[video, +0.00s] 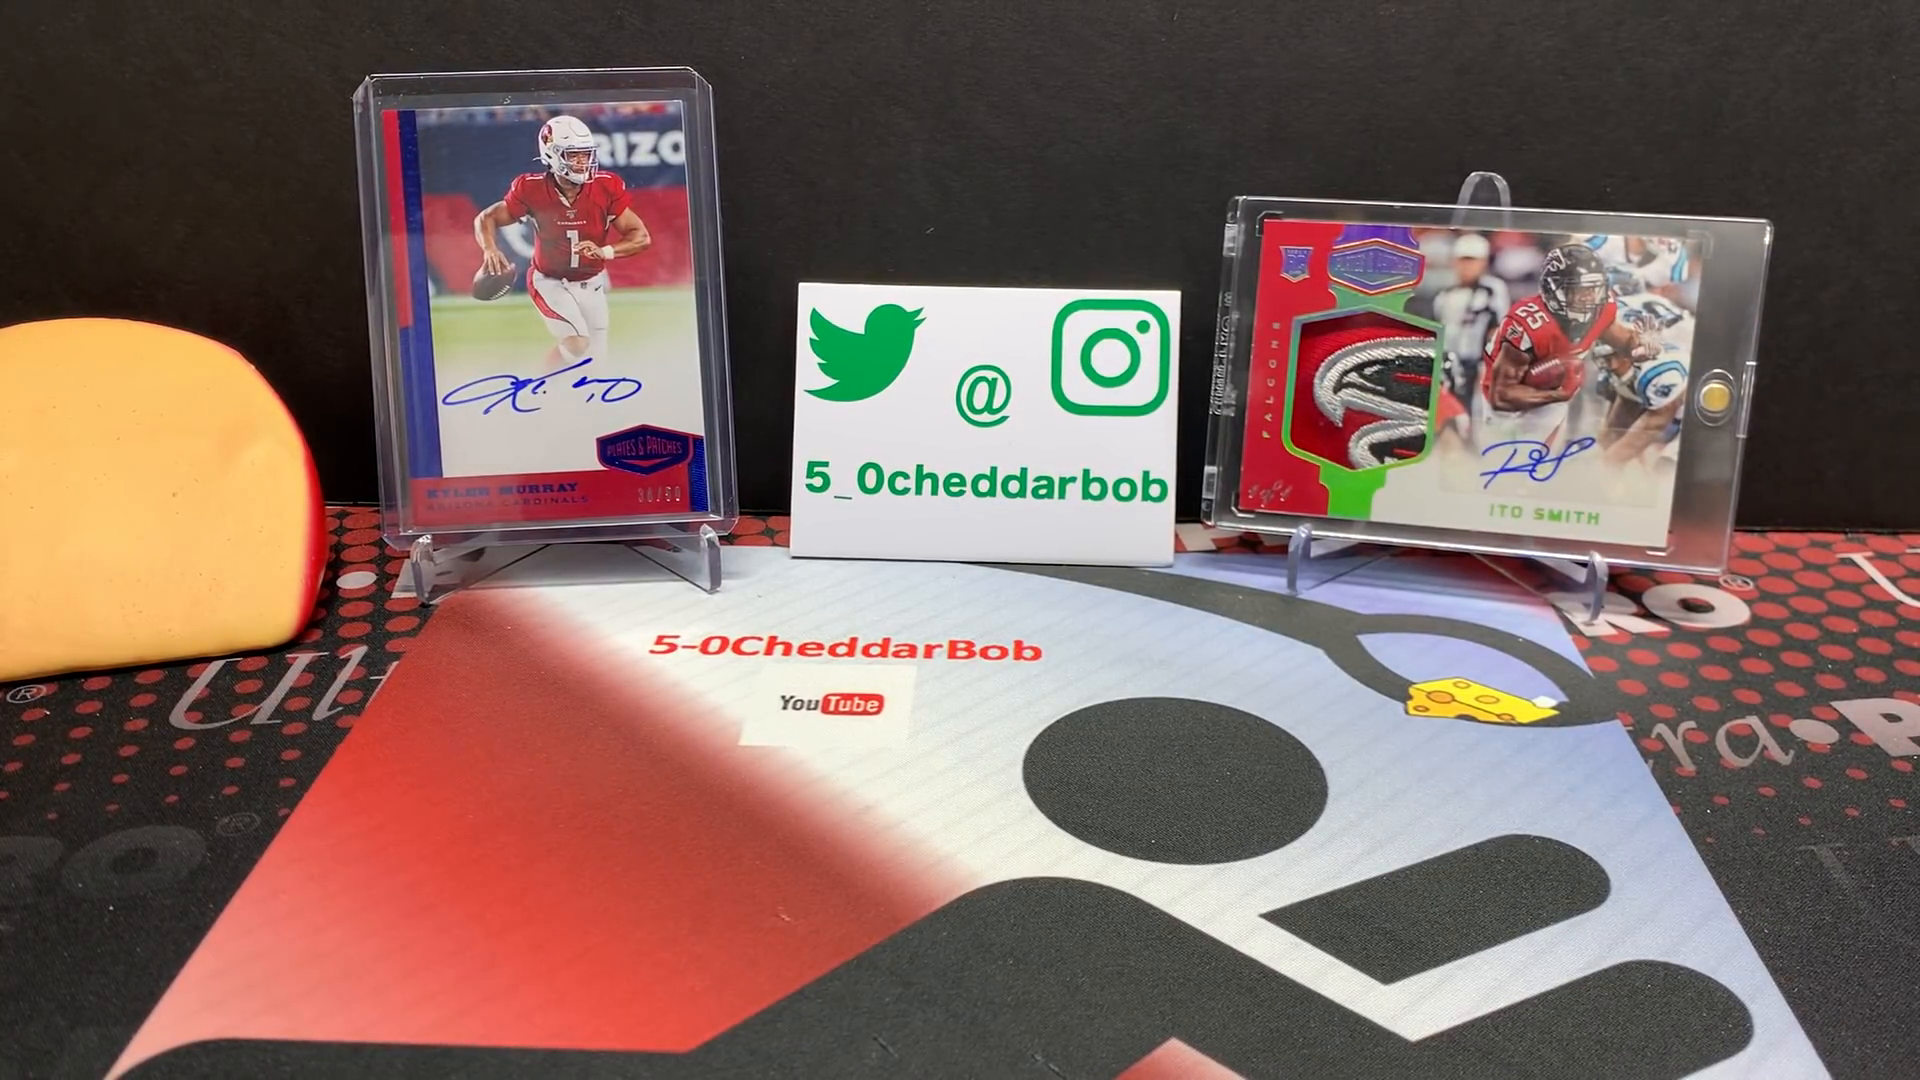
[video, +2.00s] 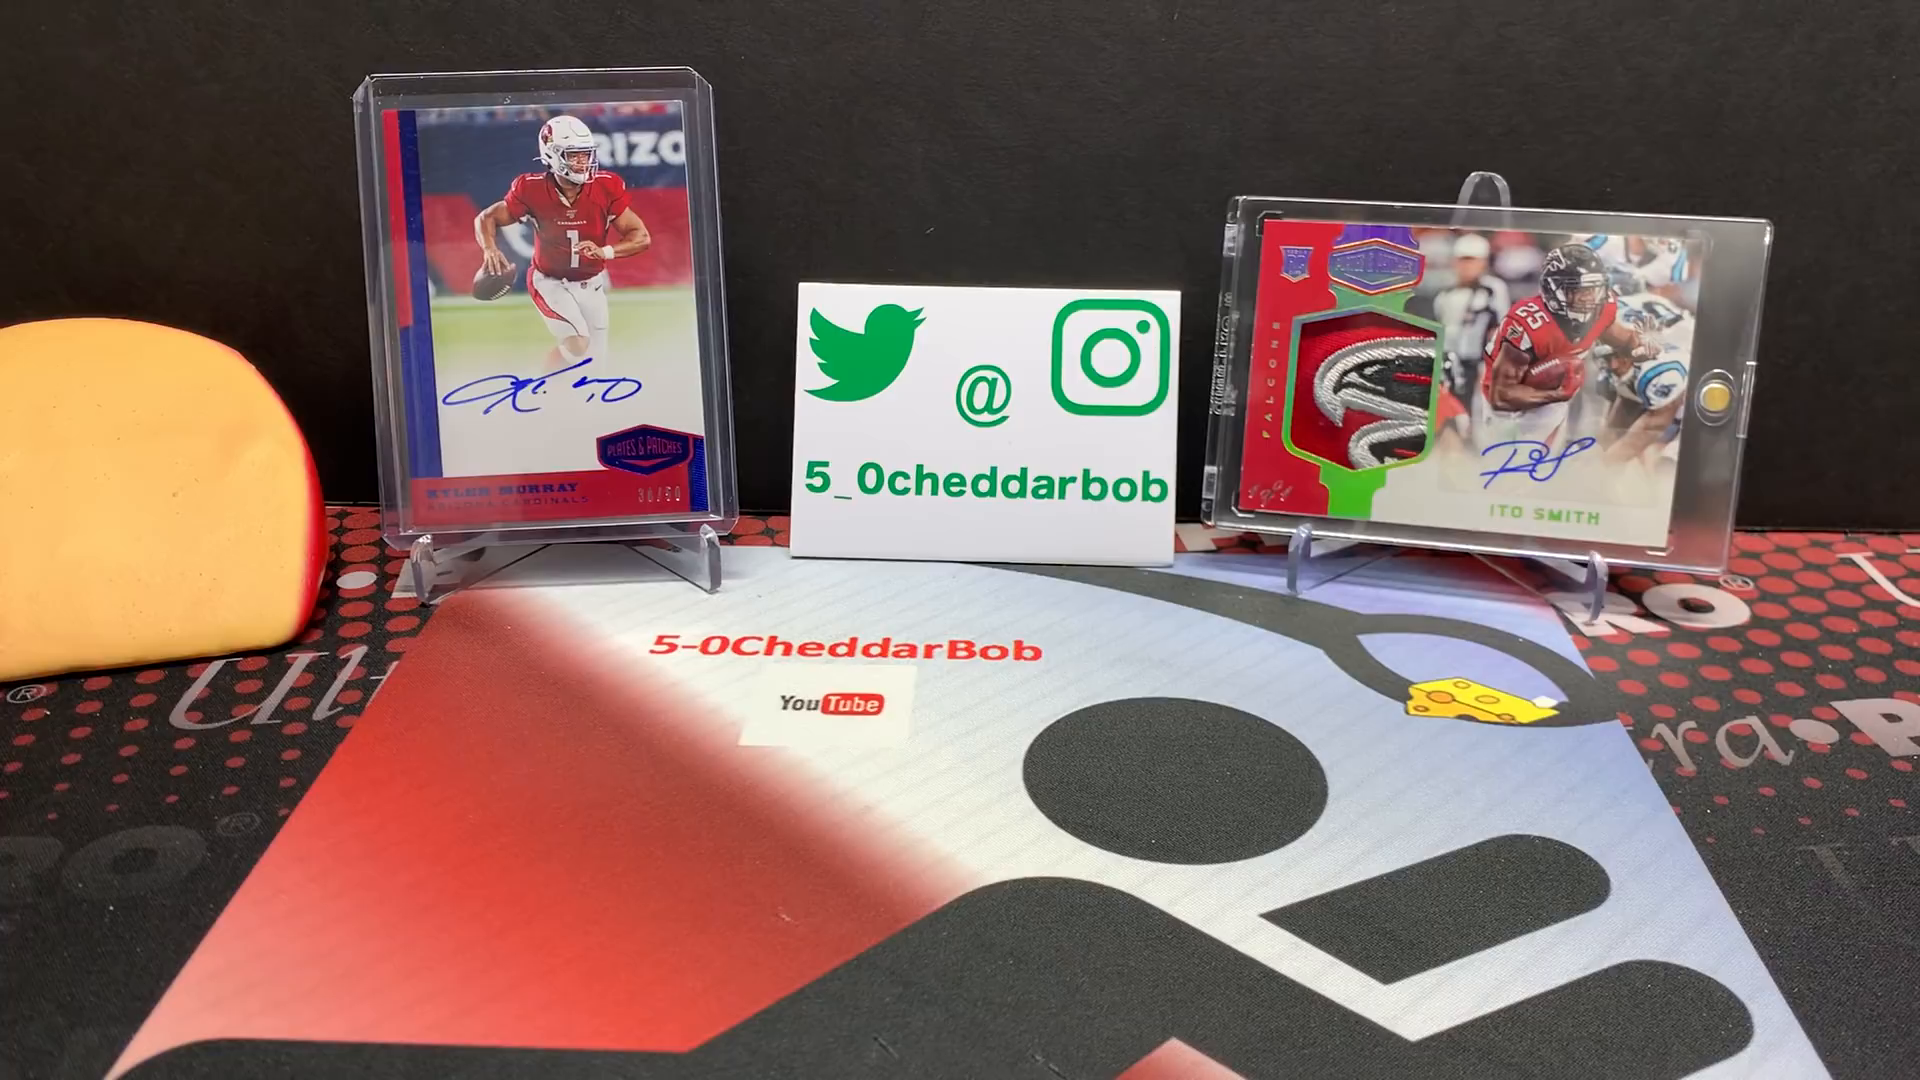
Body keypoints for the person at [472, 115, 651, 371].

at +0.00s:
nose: (580, 162)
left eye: (585, 155)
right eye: (573, 156)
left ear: (592, 154)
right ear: (552, 155)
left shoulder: (607, 187)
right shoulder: (530, 189)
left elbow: (641, 237)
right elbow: (484, 219)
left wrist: (605, 252)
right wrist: (490, 249)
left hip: (591, 282)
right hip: (549, 280)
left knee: (596, 362)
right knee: (576, 343)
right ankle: (534, 391)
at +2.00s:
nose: (581, 162)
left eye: (585, 155)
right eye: (573, 156)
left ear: (592, 154)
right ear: (552, 155)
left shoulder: (607, 187)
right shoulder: (529, 189)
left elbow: (641, 238)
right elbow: (484, 219)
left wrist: (606, 252)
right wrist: (490, 248)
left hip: (591, 283)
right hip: (548, 280)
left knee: (596, 363)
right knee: (577, 344)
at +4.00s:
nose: (580, 162)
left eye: (585, 155)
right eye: (572, 156)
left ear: (592, 154)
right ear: (552, 155)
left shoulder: (606, 187)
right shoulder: (530, 189)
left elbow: (642, 238)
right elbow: (484, 219)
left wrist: (606, 252)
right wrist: (490, 248)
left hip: (591, 283)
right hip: (549, 281)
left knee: (596, 362)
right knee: (577, 345)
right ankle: (534, 390)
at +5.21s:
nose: (580, 162)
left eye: (585, 155)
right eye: (573, 156)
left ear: (591, 154)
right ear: (552, 155)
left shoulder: (607, 187)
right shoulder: (530, 190)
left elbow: (642, 238)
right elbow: (484, 219)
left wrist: (605, 252)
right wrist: (490, 248)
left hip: (591, 283)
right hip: (548, 280)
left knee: (596, 363)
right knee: (577, 344)